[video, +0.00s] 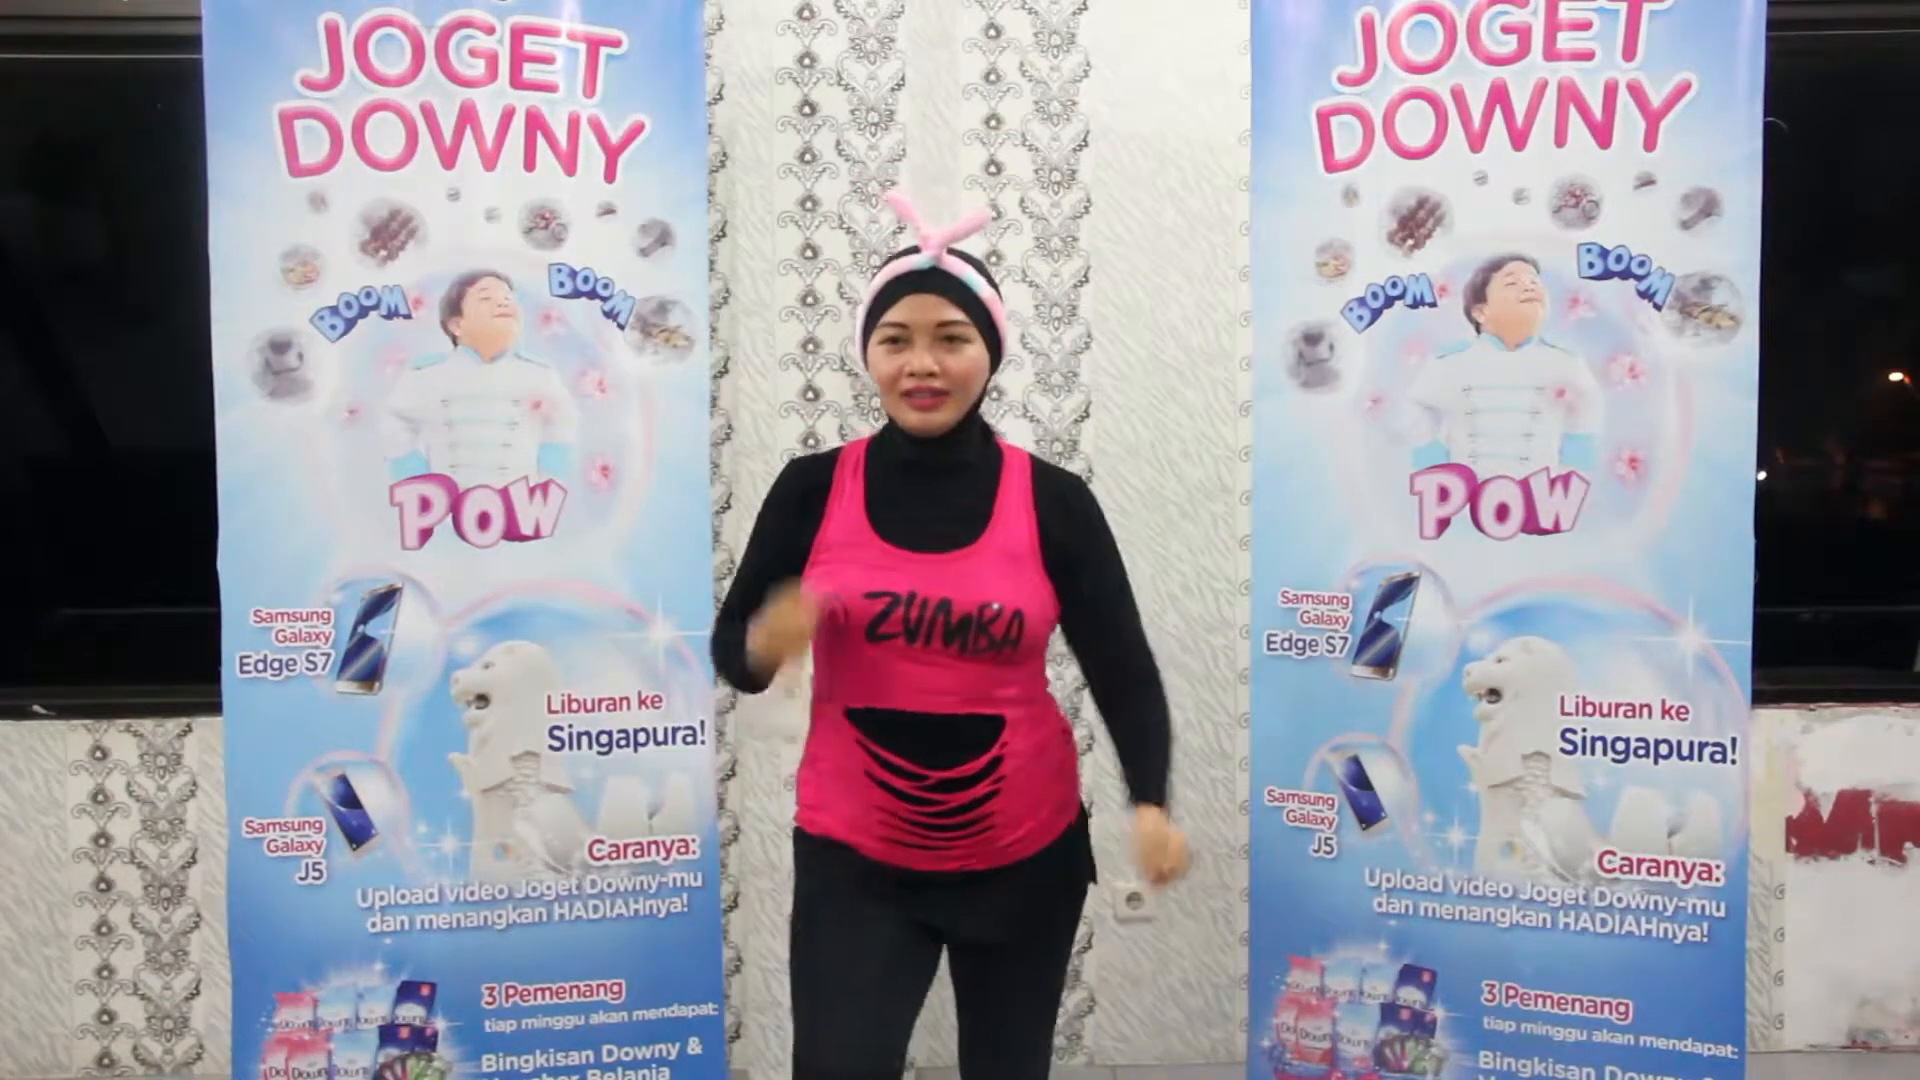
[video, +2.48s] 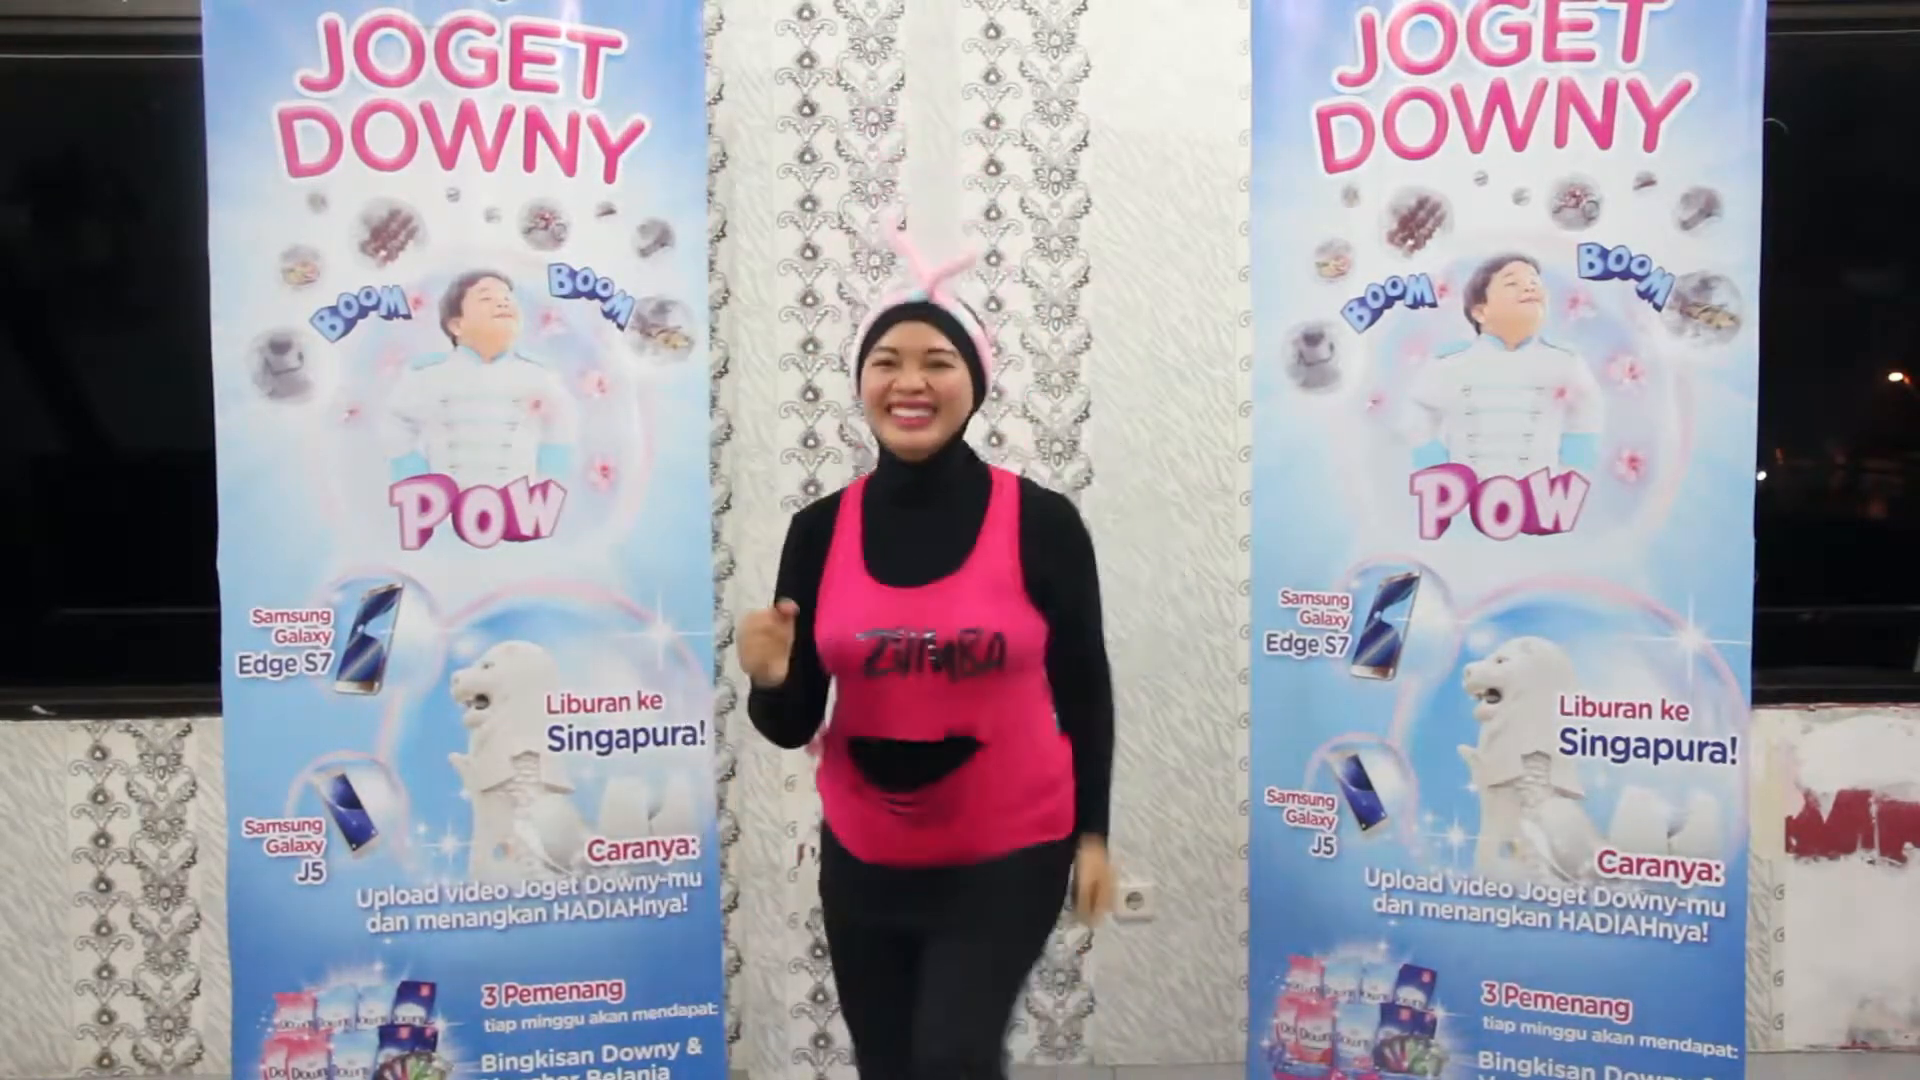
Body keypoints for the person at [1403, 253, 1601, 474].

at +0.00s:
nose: (1529, 287)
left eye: (1534, 281)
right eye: (1511, 283)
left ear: (1545, 299)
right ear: (1479, 311)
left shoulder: (1565, 364)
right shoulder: (1447, 367)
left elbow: (1585, 427)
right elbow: (1413, 416)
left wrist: (1567, 484)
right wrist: (1435, 473)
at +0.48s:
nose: (1529, 287)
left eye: (1534, 281)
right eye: (1511, 283)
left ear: (1545, 299)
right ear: (1479, 311)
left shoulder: (1565, 364)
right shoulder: (1447, 367)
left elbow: (1585, 426)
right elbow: (1413, 415)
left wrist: (1567, 483)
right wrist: (1435, 473)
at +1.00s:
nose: (1529, 287)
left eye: (1534, 281)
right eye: (1510, 283)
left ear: (1545, 300)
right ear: (1479, 311)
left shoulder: (1565, 365)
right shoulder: (1445, 367)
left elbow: (1583, 435)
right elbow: (1417, 425)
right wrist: (1437, 483)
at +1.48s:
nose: (1529, 287)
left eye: (1535, 281)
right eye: (1511, 283)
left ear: (1544, 301)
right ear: (1478, 310)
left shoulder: (1565, 365)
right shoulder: (1446, 368)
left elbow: (1582, 439)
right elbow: (1414, 424)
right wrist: (1437, 480)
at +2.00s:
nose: (1529, 287)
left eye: (1534, 281)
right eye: (1511, 283)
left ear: (1545, 299)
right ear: (1479, 311)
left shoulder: (1565, 365)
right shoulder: (1445, 368)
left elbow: (1583, 435)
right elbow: (1415, 424)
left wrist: (1564, 494)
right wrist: (1438, 480)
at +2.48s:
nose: (1529, 287)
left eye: (1534, 281)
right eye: (1511, 283)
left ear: (1545, 299)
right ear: (1479, 311)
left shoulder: (1565, 365)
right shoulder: (1445, 368)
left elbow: (1583, 437)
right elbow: (1415, 425)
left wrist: (1564, 495)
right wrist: (1439, 482)